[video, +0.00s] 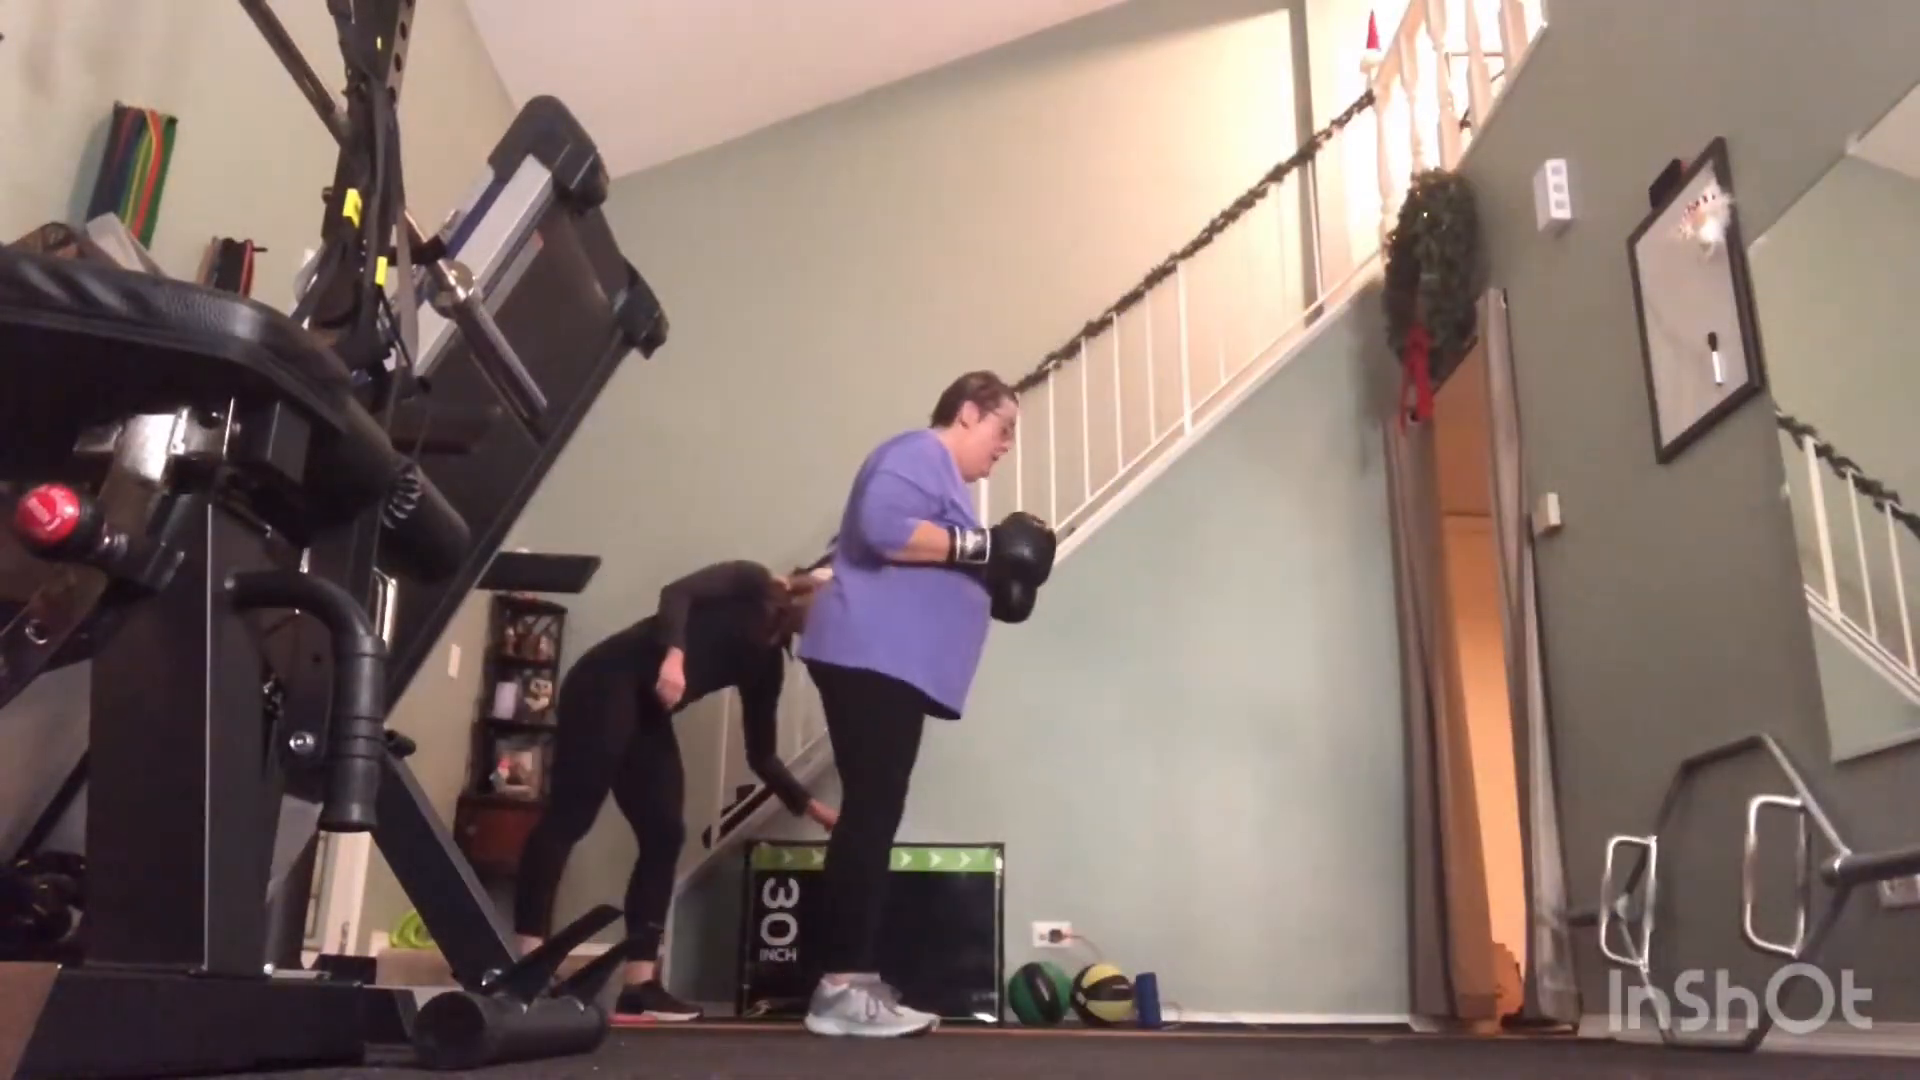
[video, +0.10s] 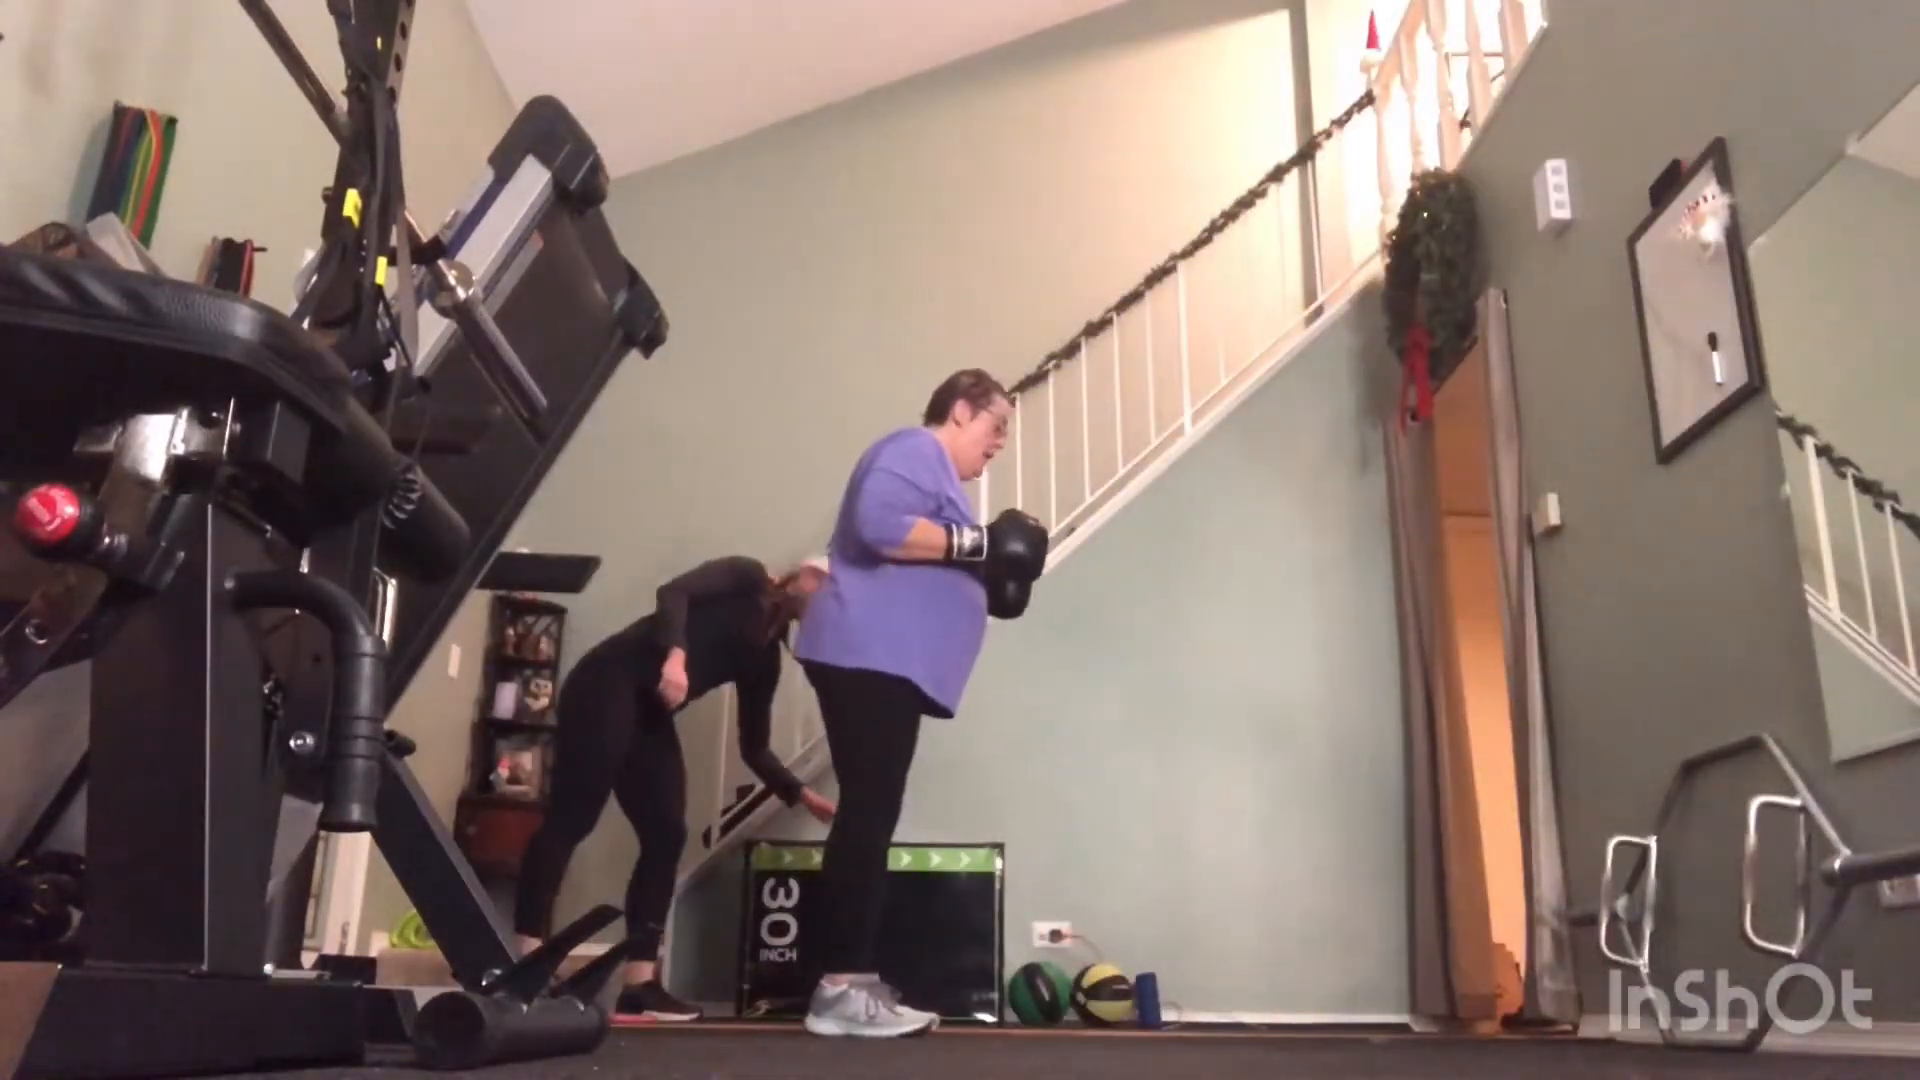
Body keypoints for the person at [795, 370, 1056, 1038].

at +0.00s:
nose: (1008, 445)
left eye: (1013, 434)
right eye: (1003, 428)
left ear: (972, 419)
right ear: (968, 413)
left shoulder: (949, 483)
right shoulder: (919, 451)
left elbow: (922, 561)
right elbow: (881, 527)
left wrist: (993, 570)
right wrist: (975, 547)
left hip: (892, 665)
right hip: (868, 658)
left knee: (875, 813)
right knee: (872, 811)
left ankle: (853, 982)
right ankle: (842, 984)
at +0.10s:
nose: (1000, 443)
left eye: (1005, 432)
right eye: (997, 426)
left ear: (966, 417)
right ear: (961, 411)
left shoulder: (944, 480)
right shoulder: (914, 448)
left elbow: (918, 558)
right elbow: (880, 524)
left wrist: (989, 568)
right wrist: (972, 545)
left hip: (888, 664)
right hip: (865, 658)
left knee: (873, 815)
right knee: (868, 813)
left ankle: (853, 983)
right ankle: (841, 985)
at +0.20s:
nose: (999, 441)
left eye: (1003, 429)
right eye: (995, 424)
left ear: (963, 415)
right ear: (959, 409)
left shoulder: (943, 481)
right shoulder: (912, 447)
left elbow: (920, 558)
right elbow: (879, 525)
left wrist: (987, 566)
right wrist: (970, 543)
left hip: (890, 664)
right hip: (866, 657)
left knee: (872, 814)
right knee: (868, 813)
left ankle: (852, 983)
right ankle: (841, 986)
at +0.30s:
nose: (998, 441)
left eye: (1003, 429)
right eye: (994, 424)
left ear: (962, 415)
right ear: (959, 410)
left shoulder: (939, 480)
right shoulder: (911, 448)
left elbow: (913, 555)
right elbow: (875, 526)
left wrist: (984, 565)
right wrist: (967, 545)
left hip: (890, 663)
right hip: (867, 657)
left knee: (872, 814)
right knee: (869, 812)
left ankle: (852, 983)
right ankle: (841, 985)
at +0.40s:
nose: (998, 441)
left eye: (1002, 429)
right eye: (994, 424)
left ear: (961, 417)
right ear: (958, 411)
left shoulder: (940, 482)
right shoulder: (908, 449)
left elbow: (915, 556)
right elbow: (874, 527)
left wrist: (984, 565)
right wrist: (967, 545)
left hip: (890, 664)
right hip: (866, 657)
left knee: (872, 814)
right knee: (869, 812)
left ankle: (852, 983)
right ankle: (841, 985)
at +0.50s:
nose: (999, 440)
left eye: (1003, 428)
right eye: (994, 423)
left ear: (962, 416)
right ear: (958, 411)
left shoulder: (945, 484)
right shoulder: (909, 449)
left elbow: (920, 562)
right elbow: (873, 526)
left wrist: (985, 569)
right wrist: (965, 546)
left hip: (892, 664)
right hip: (866, 657)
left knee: (874, 813)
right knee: (870, 812)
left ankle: (852, 981)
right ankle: (840, 984)